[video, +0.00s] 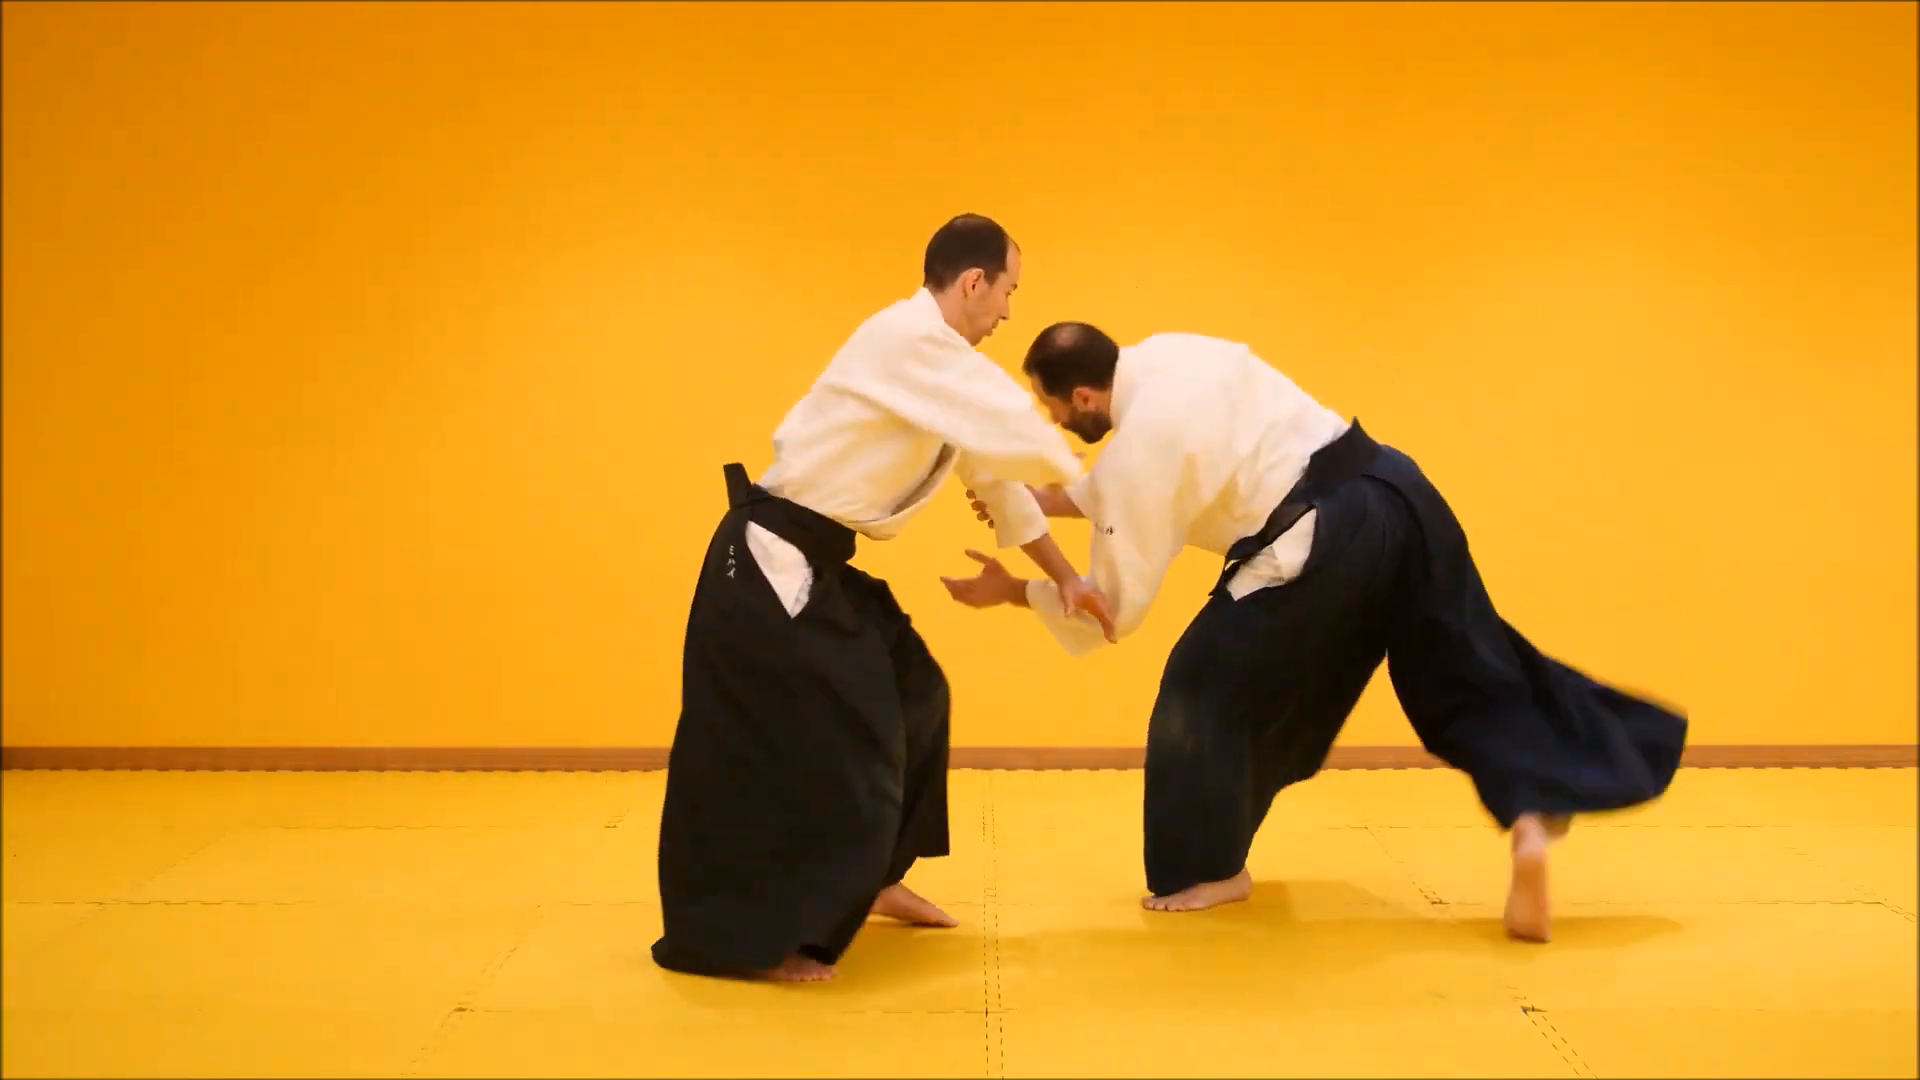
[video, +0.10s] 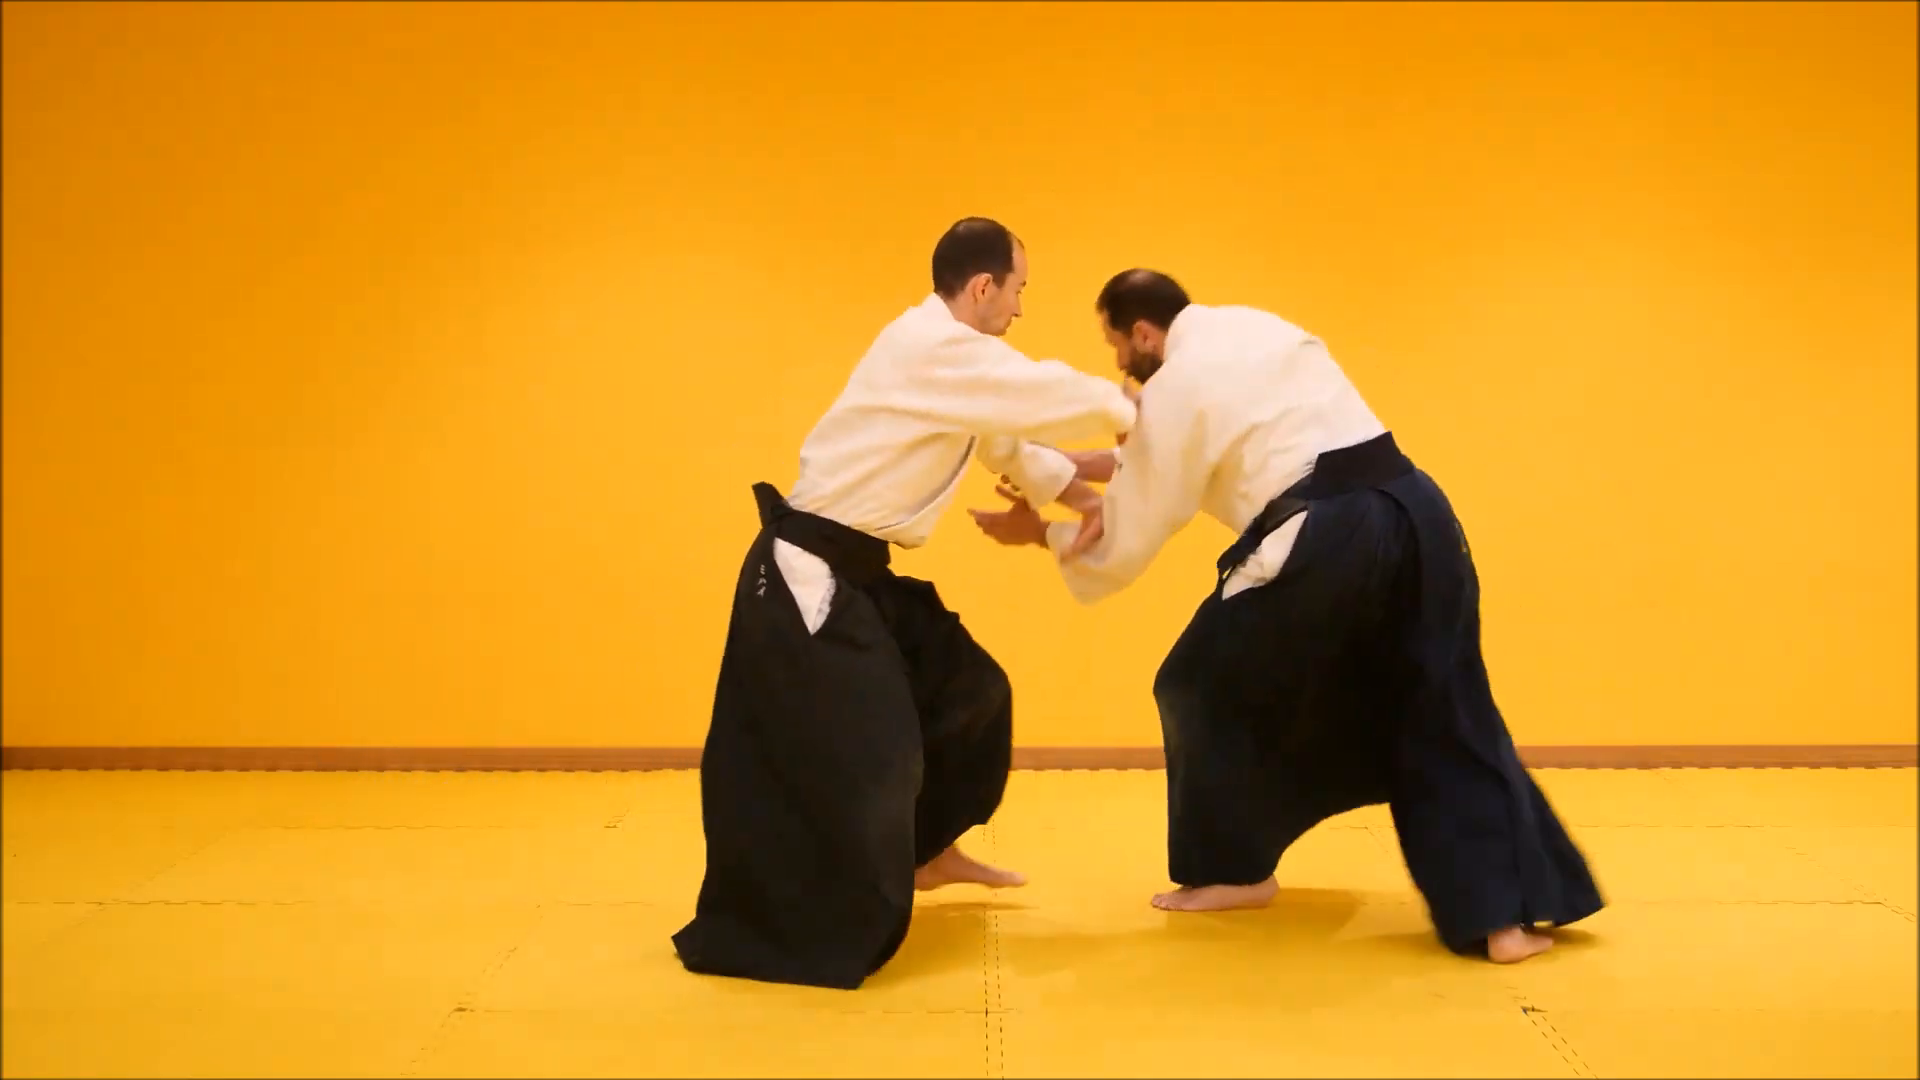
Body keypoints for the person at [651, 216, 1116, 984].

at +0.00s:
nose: (1007, 310)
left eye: (1011, 295)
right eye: (1006, 293)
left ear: (957, 283)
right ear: (971, 282)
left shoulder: (937, 352)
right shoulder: (908, 334)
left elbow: (994, 480)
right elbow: (1014, 422)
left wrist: (1064, 576)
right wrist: (1093, 491)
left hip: (816, 563)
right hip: (769, 559)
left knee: (917, 695)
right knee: (845, 736)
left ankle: (876, 877)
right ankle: (762, 934)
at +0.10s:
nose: (1018, 308)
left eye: (1021, 292)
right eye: (1015, 291)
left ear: (963, 286)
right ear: (980, 285)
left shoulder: (956, 353)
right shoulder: (930, 341)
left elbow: (1006, 448)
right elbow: (1045, 386)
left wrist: (1083, 489)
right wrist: (1134, 415)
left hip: (861, 573)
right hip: (810, 572)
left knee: (973, 691)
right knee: (879, 746)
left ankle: (932, 849)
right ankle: (835, 929)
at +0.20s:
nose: (1057, 307)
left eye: (1057, 292)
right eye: (1050, 291)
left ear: (995, 290)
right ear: (1012, 289)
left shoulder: (989, 352)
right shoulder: (975, 347)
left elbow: (1065, 428)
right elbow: (1089, 359)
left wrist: (1169, 427)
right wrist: (1180, 342)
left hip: (904, 581)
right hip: (850, 577)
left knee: (1004, 711)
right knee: (825, 757)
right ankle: (762, 936)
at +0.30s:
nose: (1090, 306)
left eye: (1090, 292)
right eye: (1081, 292)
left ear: (1035, 296)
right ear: (1035, 297)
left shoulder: (1041, 359)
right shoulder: (992, 353)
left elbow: (1111, 441)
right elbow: (1125, 364)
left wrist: (1159, 353)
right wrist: (1151, 312)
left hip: (972, 575)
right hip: (902, 575)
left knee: (1077, 704)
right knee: (851, 741)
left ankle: (1089, 857)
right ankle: (764, 917)